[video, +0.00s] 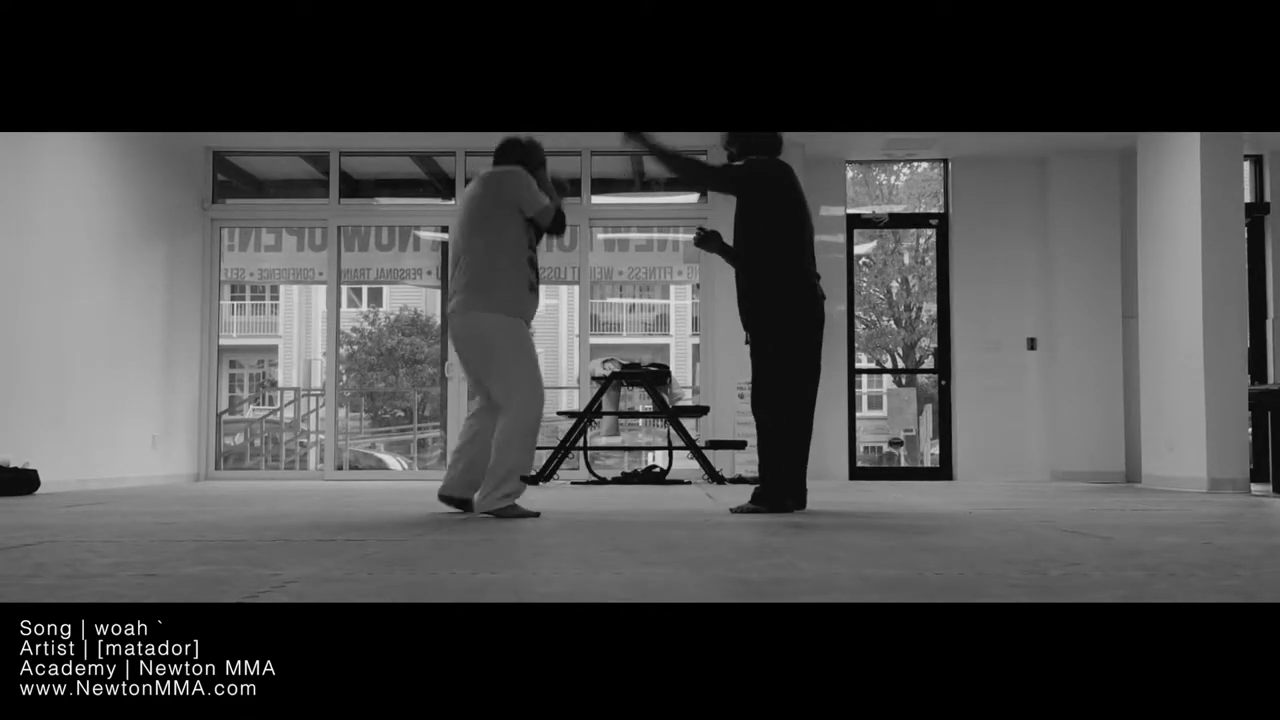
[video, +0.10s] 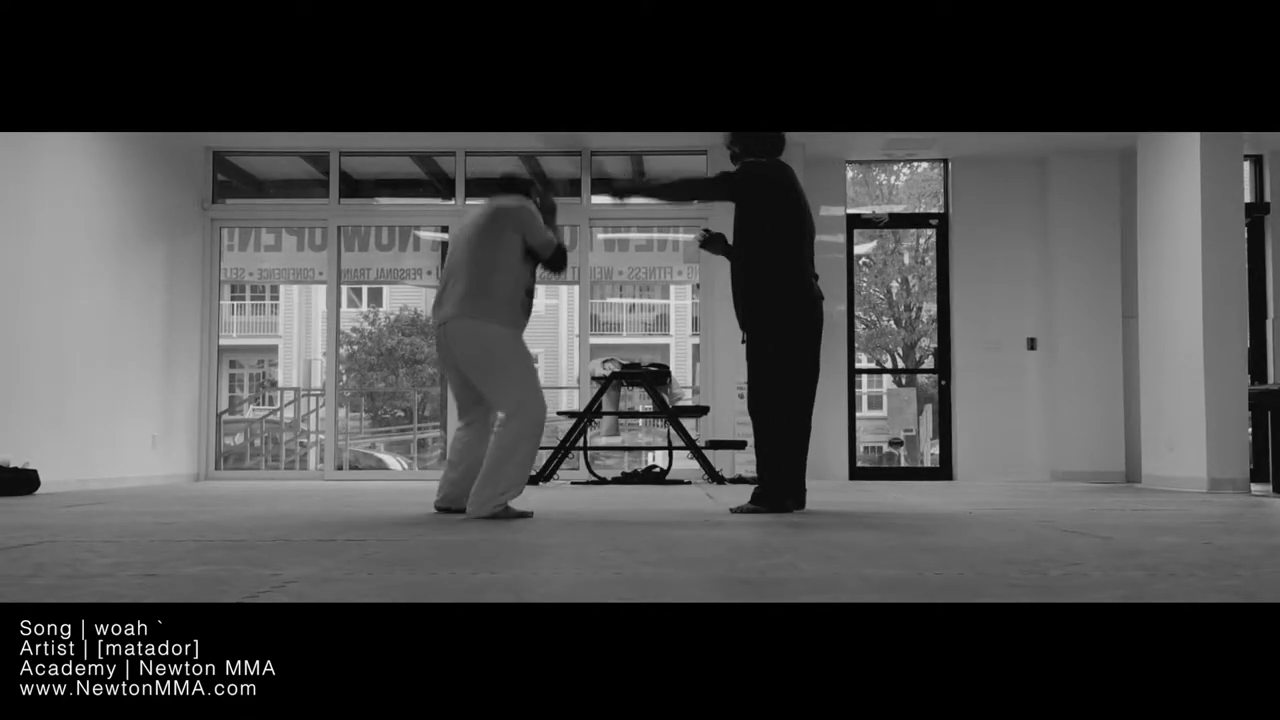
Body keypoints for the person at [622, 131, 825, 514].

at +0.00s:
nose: (726, 145)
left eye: (731, 138)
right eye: (727, 140)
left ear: (746, 140)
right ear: (766, 141)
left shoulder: (764, 173)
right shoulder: (769, 181)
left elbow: (702, 174)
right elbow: (758, 266)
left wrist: (646, 143)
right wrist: (721, 247)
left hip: (784, 311)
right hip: (786, 309)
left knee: (776, 401)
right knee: (781, 400)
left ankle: (778, 495)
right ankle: (784, 494)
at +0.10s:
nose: (730, 153)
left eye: (733, 145)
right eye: (730, 146)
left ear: (747, 145)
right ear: (768, 146)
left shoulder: (759, 176)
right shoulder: (779, 181)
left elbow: (695, 188)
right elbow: (768, 257)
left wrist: (632, 187)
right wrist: (725, 249)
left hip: (777, 313)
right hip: (794, 310)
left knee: (770, 401)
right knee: (786, 401)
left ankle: (775, 496)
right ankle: (787, 494)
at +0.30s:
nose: (729, 152)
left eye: (732, 144)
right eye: (728, 146)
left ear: (748, 143)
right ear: (768, 145)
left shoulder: (755, 176)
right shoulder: (783, 181)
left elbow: (714, 218)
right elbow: (772, 253)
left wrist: (663, 239)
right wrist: (729, 251)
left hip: (767, 315)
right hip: (795, 312)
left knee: (736, 386)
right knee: (784, 398)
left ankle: (759, 490)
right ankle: (785, 493)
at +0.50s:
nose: (723, 151)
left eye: (726, 143)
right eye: (722, 145)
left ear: (743, 143)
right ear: (762, 145)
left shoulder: (747, 175)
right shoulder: (776, 180)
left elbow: (707, 208)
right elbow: (765, 258)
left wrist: (688, 217)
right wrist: (720, 254)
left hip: (760, 320)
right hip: (787, 317)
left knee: (731, 392)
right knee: (782, 404)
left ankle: (733, 488)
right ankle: (786, 492)